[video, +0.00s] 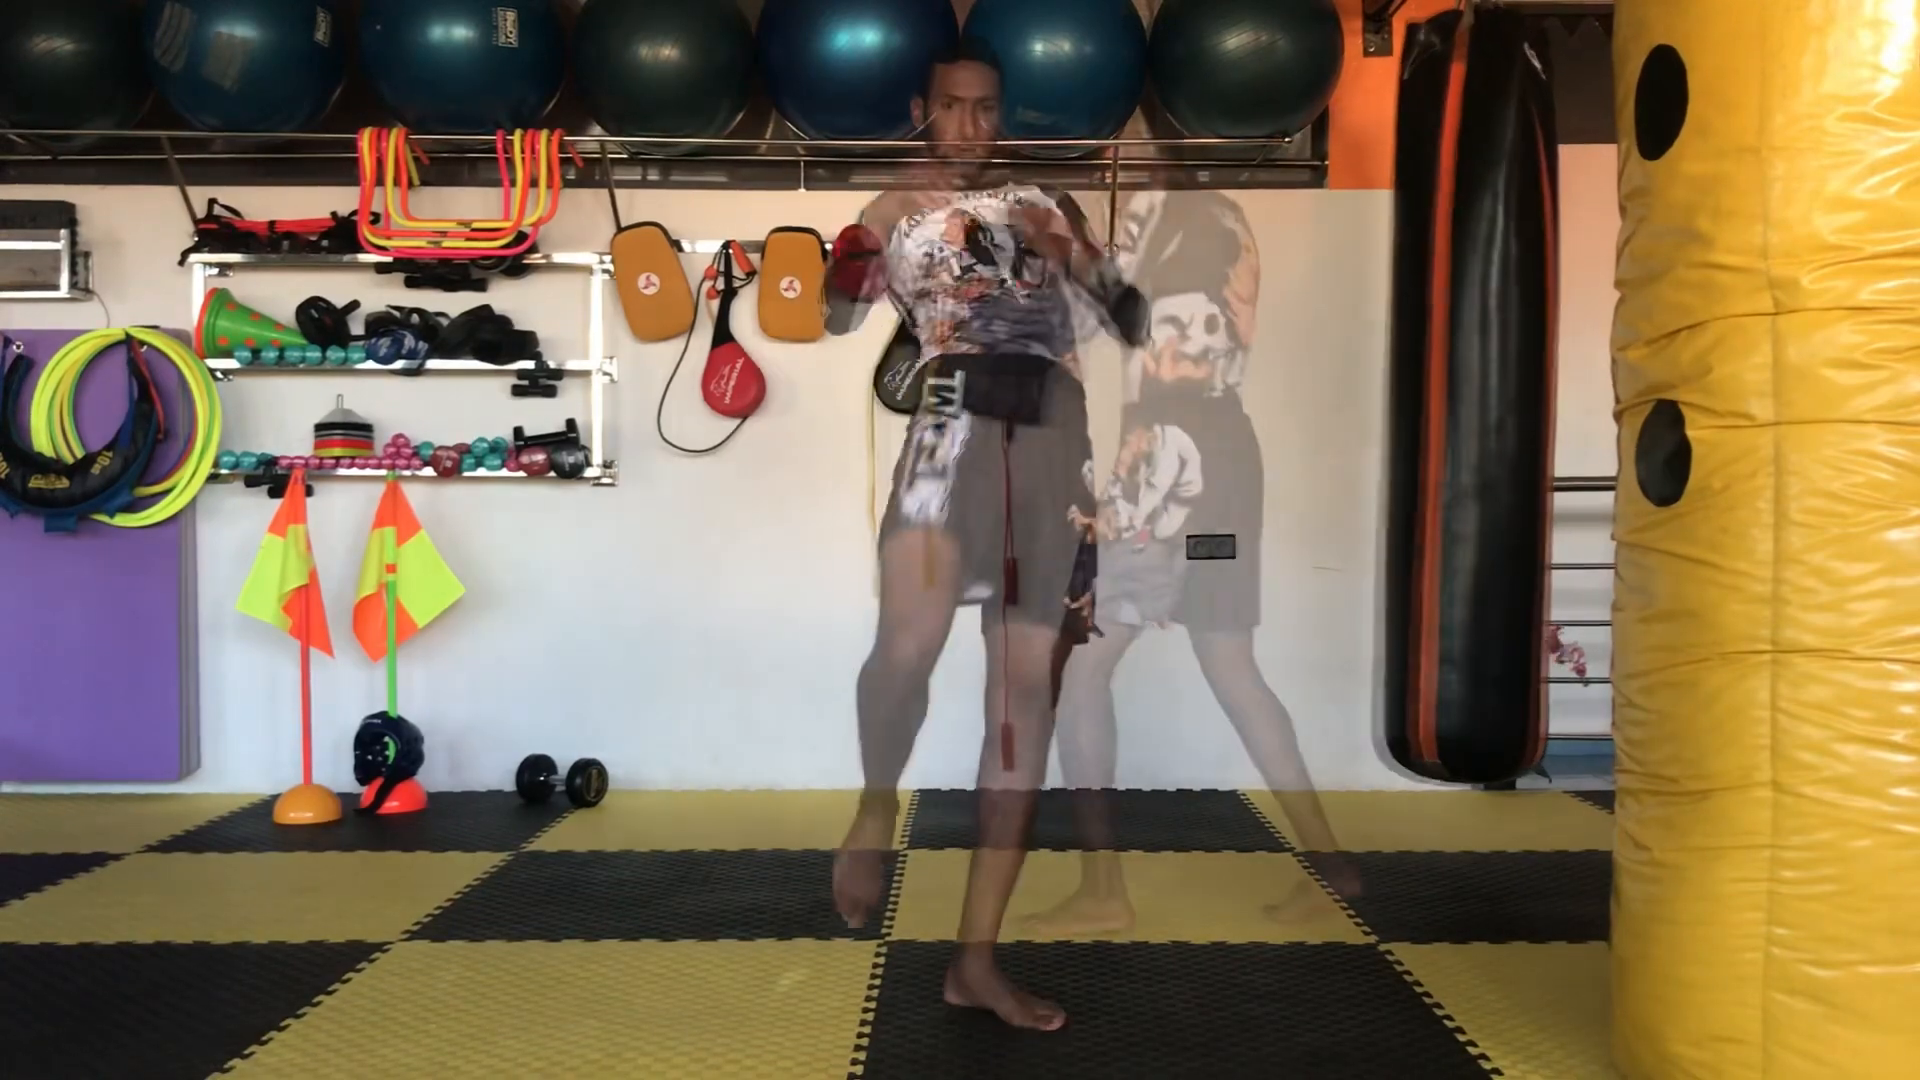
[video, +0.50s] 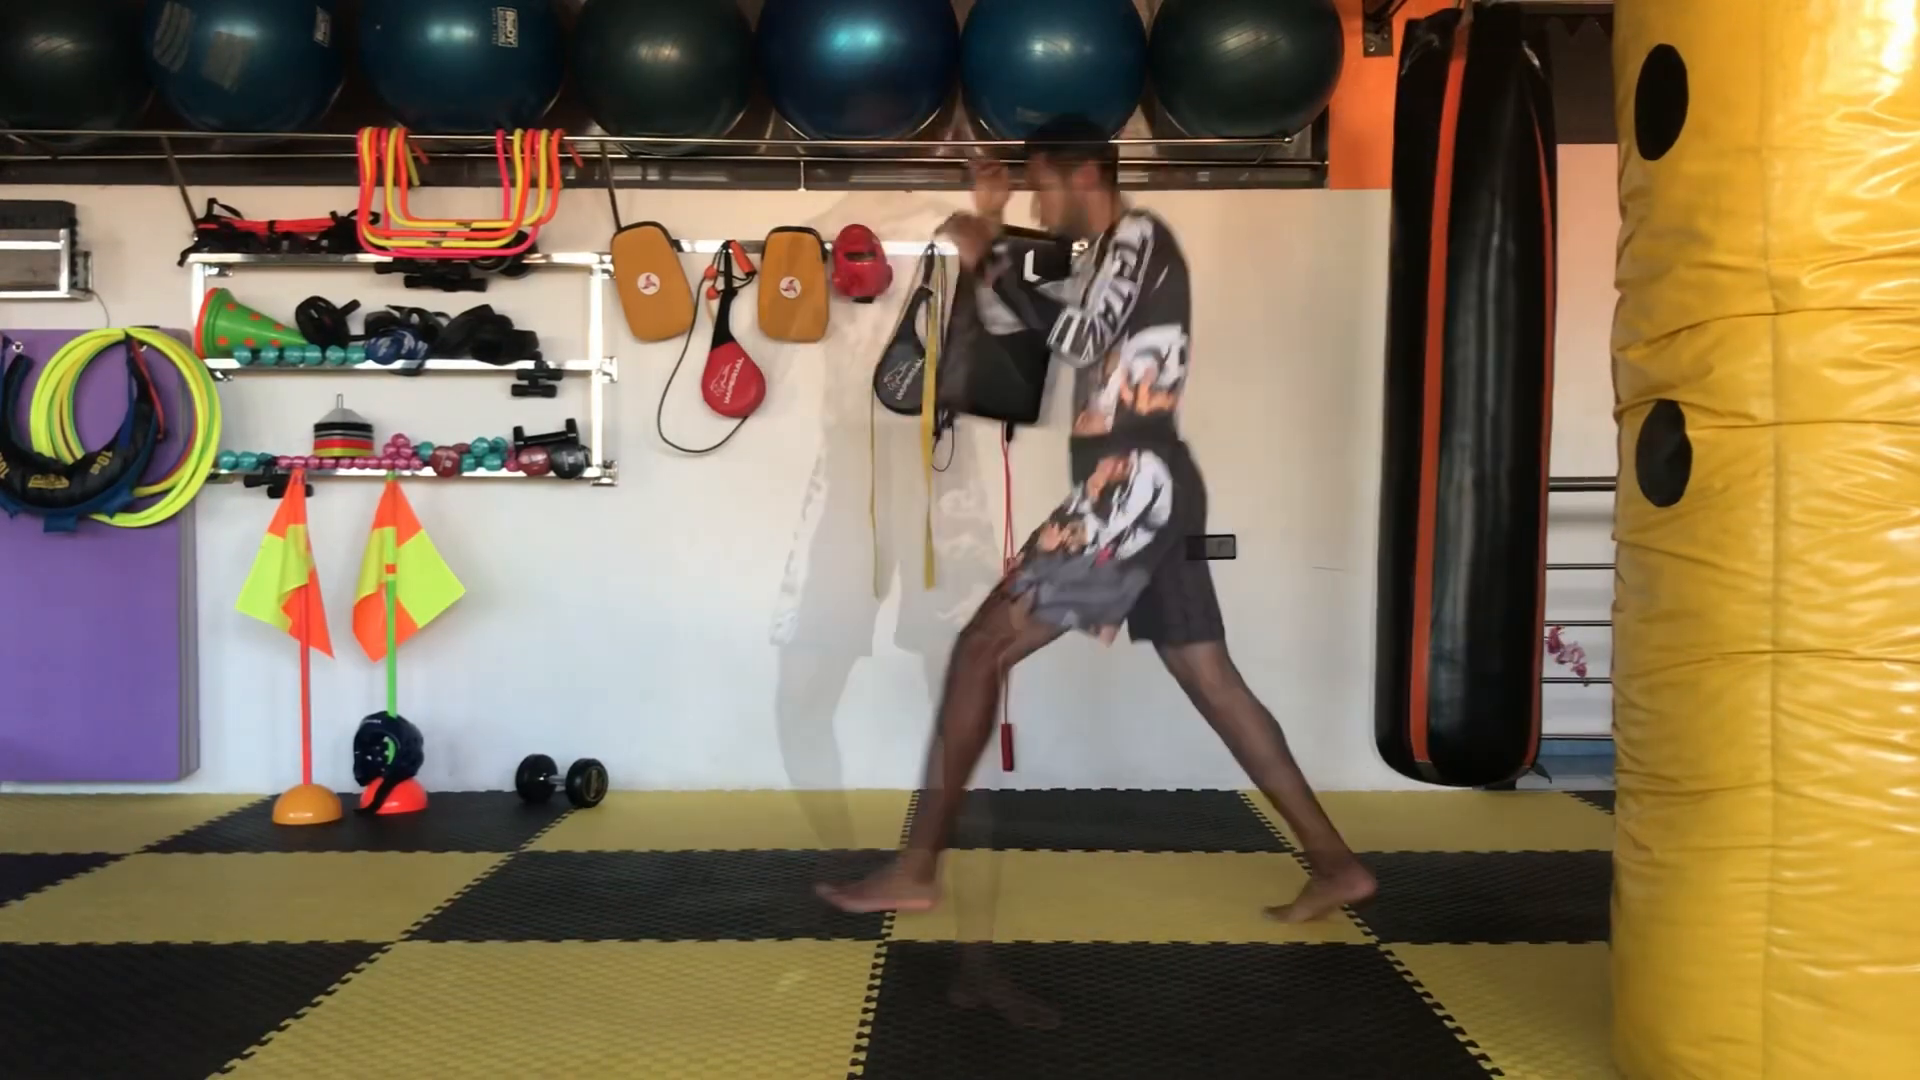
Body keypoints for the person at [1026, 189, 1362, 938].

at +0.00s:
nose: (1111, 159)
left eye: (1119, 144)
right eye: (1110, 147)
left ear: (1144, 144)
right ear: (1186, 142)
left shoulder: (1152, 225)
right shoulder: (1228, 224)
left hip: (1163, 465)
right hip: (1225, 461)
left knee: (1081, 672)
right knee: (1233, 671)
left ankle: (1101, 887)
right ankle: (1327, 864)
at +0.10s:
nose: (1110, 185)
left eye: (1117, 167)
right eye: (1111, 169)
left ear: (1141, 163)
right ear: (1174, 159)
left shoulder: (1157, 239)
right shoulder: (1236, 245)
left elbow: (1117, 348)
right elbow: (1245, 373)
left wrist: (1052, 300)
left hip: (1176, 487)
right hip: (1242, 483)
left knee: (1063, 675)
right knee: (1253, 699)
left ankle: (1102, 890)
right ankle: (1342, 887)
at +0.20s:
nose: (1095, 198)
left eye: (1102, 175)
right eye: (1096, 176)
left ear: (1137, 173)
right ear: (1165, 175)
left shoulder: (1170, 242)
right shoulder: (1223, 248)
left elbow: (1129, 361)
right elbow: (1148, 358)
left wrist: (1081, 299)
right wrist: (1086, 306)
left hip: (1182, 487)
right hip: (1236, 485)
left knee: (1049, 666)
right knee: (1245, 699)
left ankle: (1095, 879)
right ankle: (1340, 884)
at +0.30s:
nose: (1083, 172)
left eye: (1091, 156)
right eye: (1079, 157)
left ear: (1128, 150)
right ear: (1147, 146)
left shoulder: (1160, 218)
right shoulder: (1201, 220)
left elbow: (1113, 336)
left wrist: (1056, 264)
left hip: (1169, 466)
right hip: (1217, 466)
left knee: (1038, 638)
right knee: (1228, 671)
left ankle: (1069, 859)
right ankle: (1325, 859)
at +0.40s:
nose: (1062, 180)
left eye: (1066, 161)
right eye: (1058, 164)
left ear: (1108, 144)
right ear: (1117, 145)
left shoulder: (1149, 208)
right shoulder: (1170, 210)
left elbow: (1088, 313)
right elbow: (1095, 309)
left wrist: (1025, 234)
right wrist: (1028, 234)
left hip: (1150, 464)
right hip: (1190, 462)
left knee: (1016, 634)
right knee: (1214, 663)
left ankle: (1000, 856)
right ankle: (1322, 849)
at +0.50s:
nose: (1040, 205)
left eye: (1045, 189)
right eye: (1038, 190)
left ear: (1088, 176)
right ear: (1089, 181)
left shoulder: (1138, 239)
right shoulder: (1109, 249)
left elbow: (1084, 338)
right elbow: (1034, 300)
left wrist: (990, 256)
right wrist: (990, 232)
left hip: (1131, 486)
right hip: (1150, 484)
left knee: (980, 648)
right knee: (1213, 681)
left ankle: (915, 869)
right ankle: (1334, 862)